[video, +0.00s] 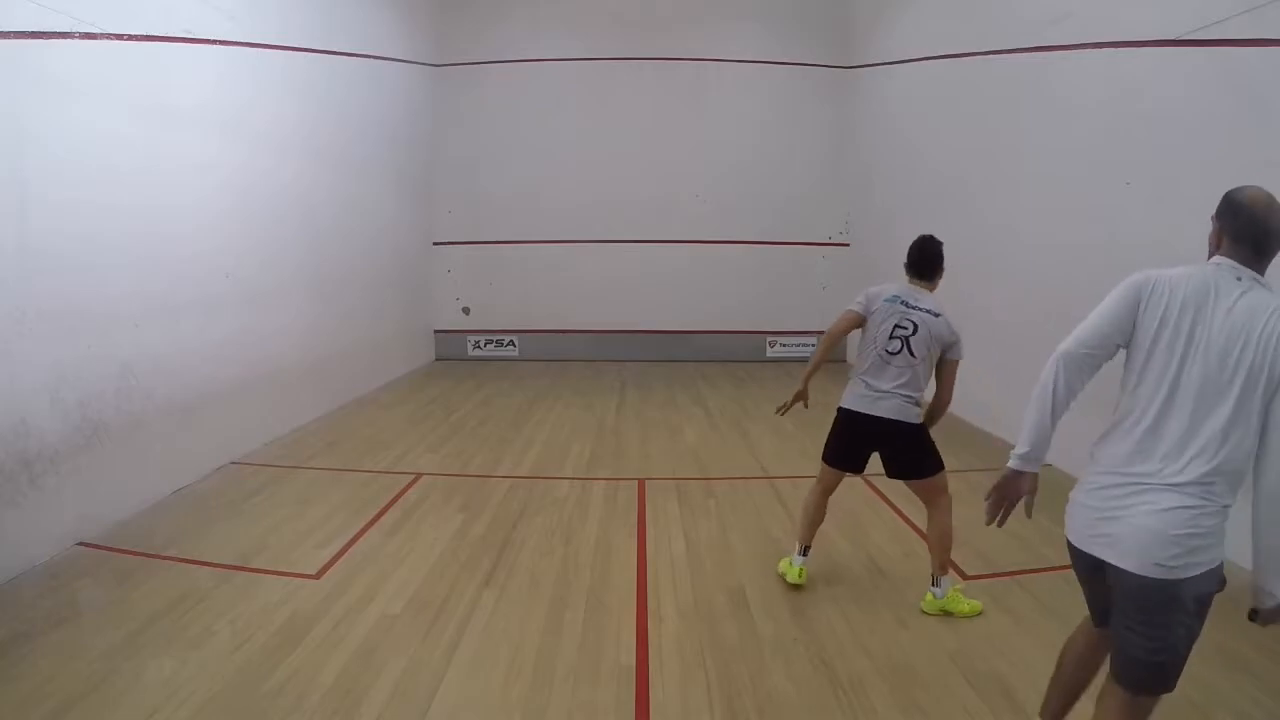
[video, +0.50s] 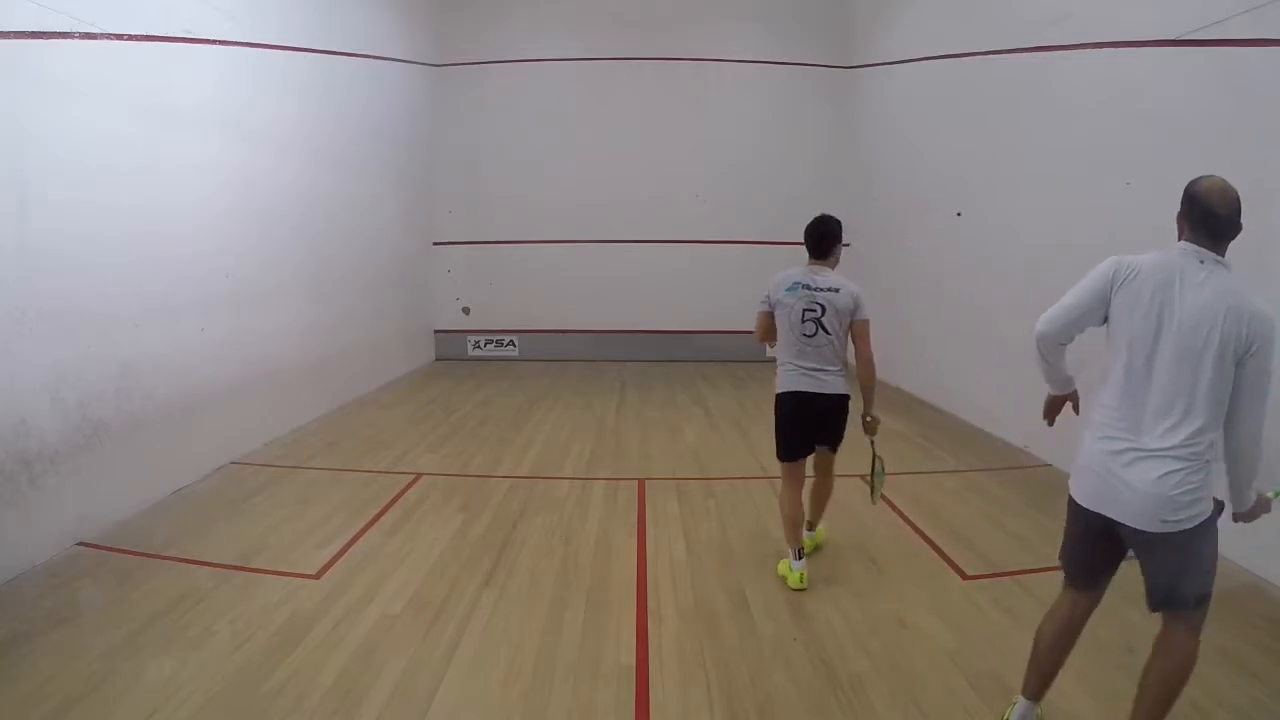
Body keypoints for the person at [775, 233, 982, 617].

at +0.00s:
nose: (933, 275)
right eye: (939, 271)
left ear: (906, 268)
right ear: (940, 275)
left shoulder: (877, 296)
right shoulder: (945, 327)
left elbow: (833, 333)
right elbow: (943, 400)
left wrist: (804, 381)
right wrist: (920, 430)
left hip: (853, 415)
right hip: (902, 427)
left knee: (823, 486)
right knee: (938, 500)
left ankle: (798, 561)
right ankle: (939, 590)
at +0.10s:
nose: (901, 269)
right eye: (908, 265)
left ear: (875, 266)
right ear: (909, 270)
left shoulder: (851, 298)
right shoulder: (921, 323)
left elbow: (816, 342)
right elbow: (922, 390)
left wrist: (790, 391)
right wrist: (905, 418)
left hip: (836, 419)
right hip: (886, 427)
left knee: (814, 485)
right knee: (920, 501)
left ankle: (798, 565)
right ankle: (936, 589)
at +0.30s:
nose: (855, 255)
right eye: (858, 249)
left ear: (826, 252)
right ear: (861, 254)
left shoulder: (804, 289)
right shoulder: (877, 301)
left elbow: (776, 346)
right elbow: (891, 368)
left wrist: (780, 382)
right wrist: (885, 416)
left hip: (807, 408)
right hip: (854, 410)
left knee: (795, 485)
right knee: (877, 489)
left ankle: (797, 565)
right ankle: (891, 568)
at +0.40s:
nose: (843, 248)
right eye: (845, 243)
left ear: (813, 246)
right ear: (847, 248)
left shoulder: (791, 284)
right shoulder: (862, 292)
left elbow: (768, 337)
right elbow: (877, 358)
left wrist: (783, 357)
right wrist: (878, 408)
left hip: (799, 401)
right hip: (843, 402)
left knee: (795, 483)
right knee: (851, 475)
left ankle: (797, 566)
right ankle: (848, 551)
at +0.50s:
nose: (840, 250)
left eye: (837, 245)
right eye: (841, 246)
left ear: (804, 247)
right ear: (838, 249)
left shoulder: (780, 283)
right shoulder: (850, 292)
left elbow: (764, 336)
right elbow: (865, 359)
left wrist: (784, 335)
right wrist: (869, 408)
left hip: (791, 398)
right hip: (834, 399)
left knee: (792, 479)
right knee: (824, 468)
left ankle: (796, 566)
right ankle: (811, 530)